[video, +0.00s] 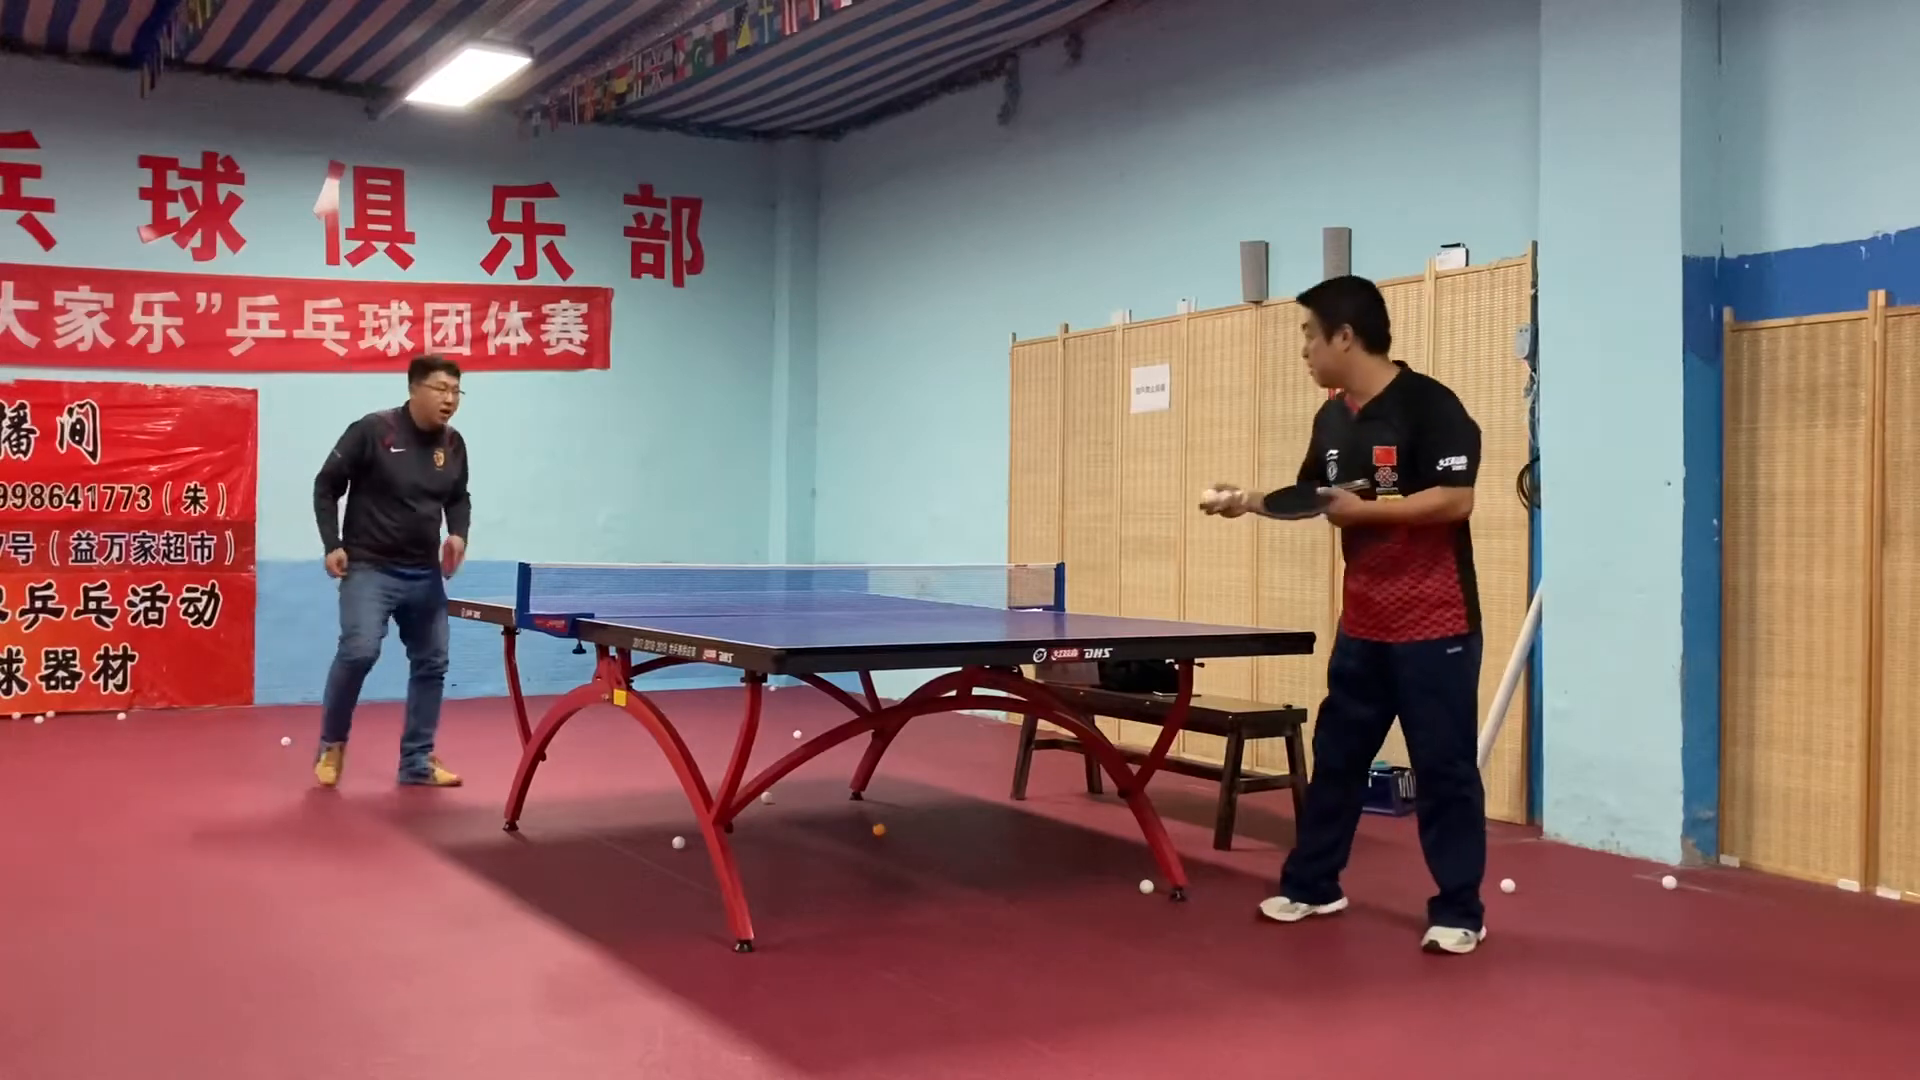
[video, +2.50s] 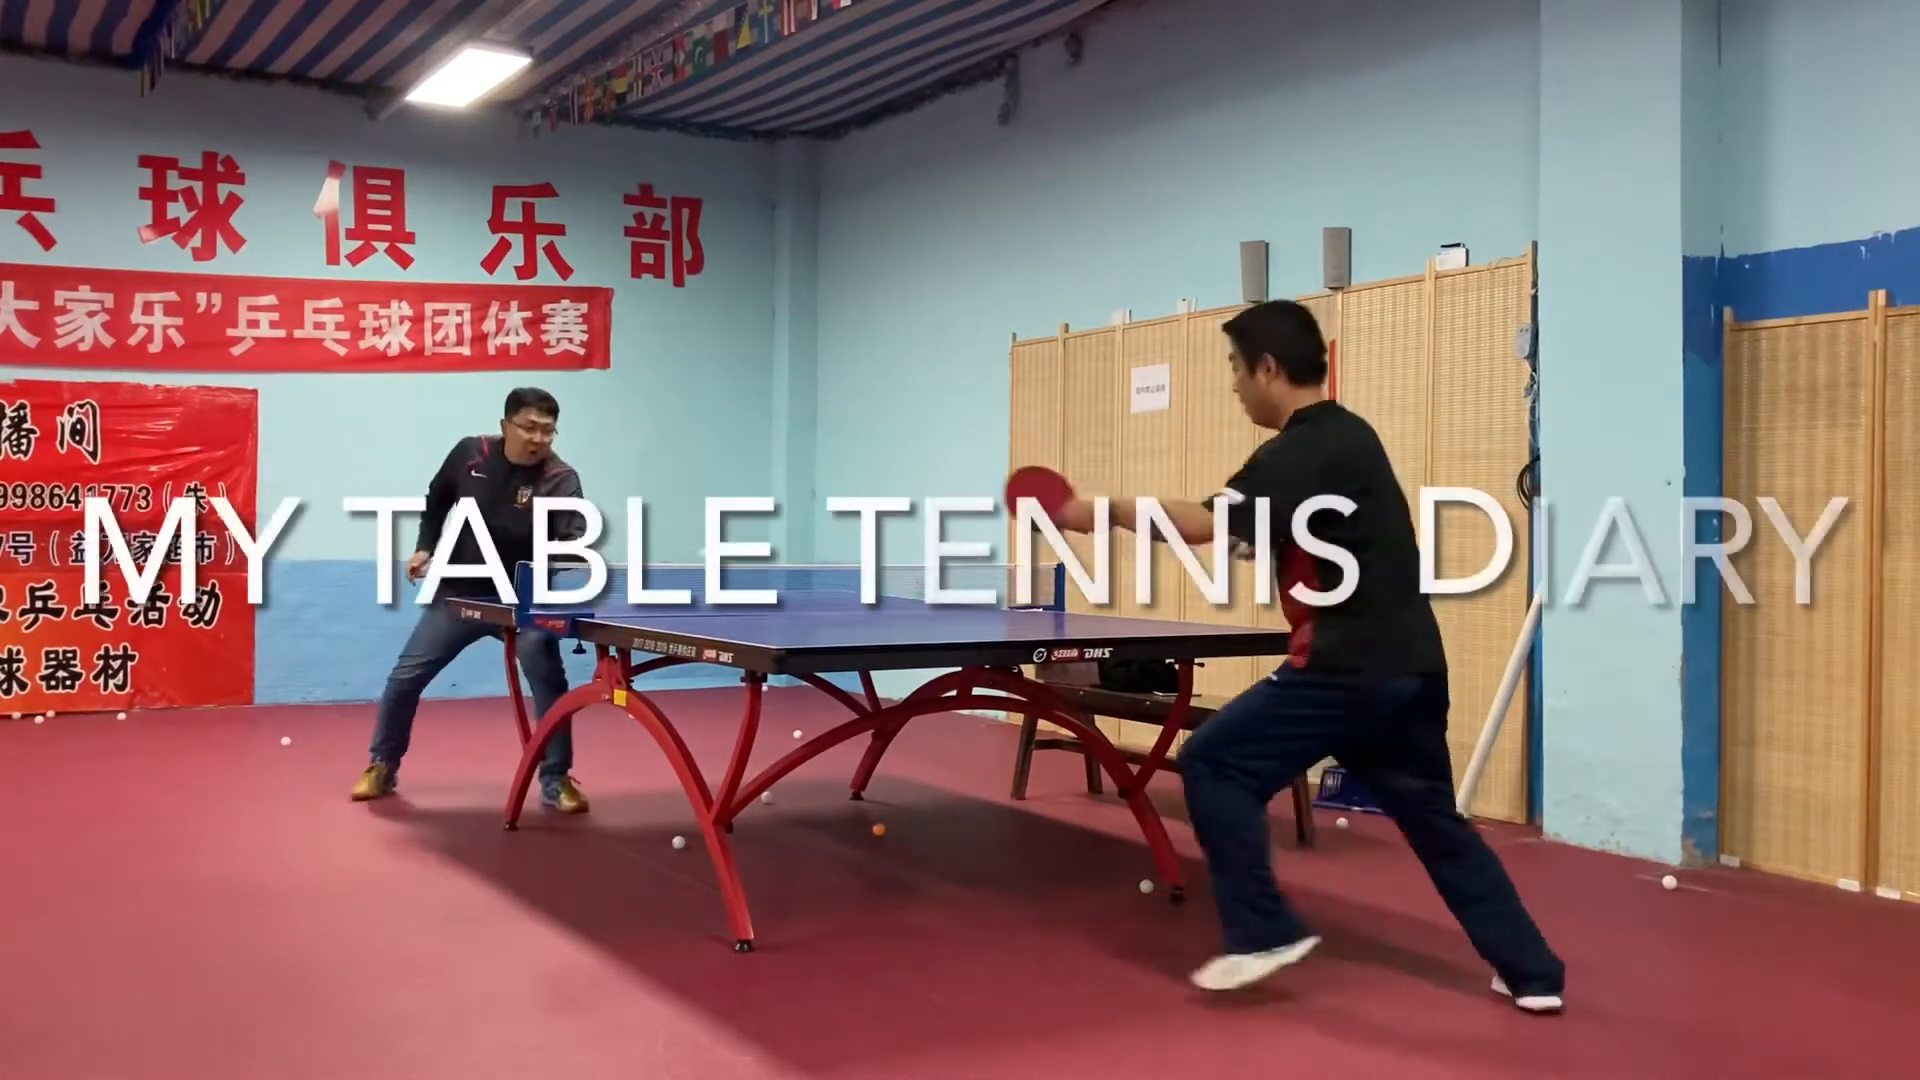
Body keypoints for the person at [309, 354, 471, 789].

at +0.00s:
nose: (449, 399)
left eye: (454, 392)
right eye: (440, 390)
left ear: (458, 398)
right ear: (414, 390)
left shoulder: (452, 443)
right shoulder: (372, 431)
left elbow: (457, 496)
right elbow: (326, 484)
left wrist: (458, 534)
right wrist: (332, 544)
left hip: (423, 575)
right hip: (368, 571)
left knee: (431, 664)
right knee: (359, 652)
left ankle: (417, 762)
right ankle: (332, 746)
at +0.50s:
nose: (470, 454)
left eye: (476, 444)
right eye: (461, 444)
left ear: (480, 444)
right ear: (432, 443)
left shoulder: (473, 475)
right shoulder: (393, 483)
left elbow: (475, 523)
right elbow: (367, 556)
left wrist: (470, 558)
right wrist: (427, 577)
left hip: (432, 582)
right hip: (381, 582)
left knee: (468, 658)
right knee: (399, 665)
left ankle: (468, 746)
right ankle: (395, 770)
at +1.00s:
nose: (510, 450)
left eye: (516, 442)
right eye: (500, 440)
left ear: (521, 445)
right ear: (474, 439)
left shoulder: (502, 481)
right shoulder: (433, 475)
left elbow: (497, 530)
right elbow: (392, 542)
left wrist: (493, 561)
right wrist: (451, 572)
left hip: (443, 583)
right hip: (396, 579)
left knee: (469, 661)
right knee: (402, 663)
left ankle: (469, 755)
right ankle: (393, 770)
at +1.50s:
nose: (516, 433)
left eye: (522, 426)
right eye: (508, 423)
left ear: (524, 431)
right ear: (481, 422)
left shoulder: (500, 479)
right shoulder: (442, 458)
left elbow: (494, 529)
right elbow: (404, 521)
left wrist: (506, 564)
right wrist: (451, 559)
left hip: (439, 583)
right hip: (394, 574)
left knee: (467, 663)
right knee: (376, 656)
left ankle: (469, 755)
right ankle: (328, 758)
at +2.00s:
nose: (487, 430)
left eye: (493, 423)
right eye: (478, 420)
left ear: (496, 425)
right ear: (450, 417)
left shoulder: (489, 464)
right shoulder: (398, 453)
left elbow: (507, 515)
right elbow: (363, 517)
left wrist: (536, 538)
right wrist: (404, 554)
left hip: (457, 594)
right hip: (394, 595)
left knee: (513, 659)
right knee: (358, 676)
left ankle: (534, 766)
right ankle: (307, 775)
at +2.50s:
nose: (538, 438)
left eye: (547, 430)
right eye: (529, 428)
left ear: (555, 431)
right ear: (506, 425)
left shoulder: (561, 480)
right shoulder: (471, 453)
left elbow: (569, 546)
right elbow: (439, 499)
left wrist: (552, 598)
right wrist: (425, 548)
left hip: (527, 602)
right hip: (462, 593)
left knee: (545, 668)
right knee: (405, 676)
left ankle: (557, 779)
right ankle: (382, 766)